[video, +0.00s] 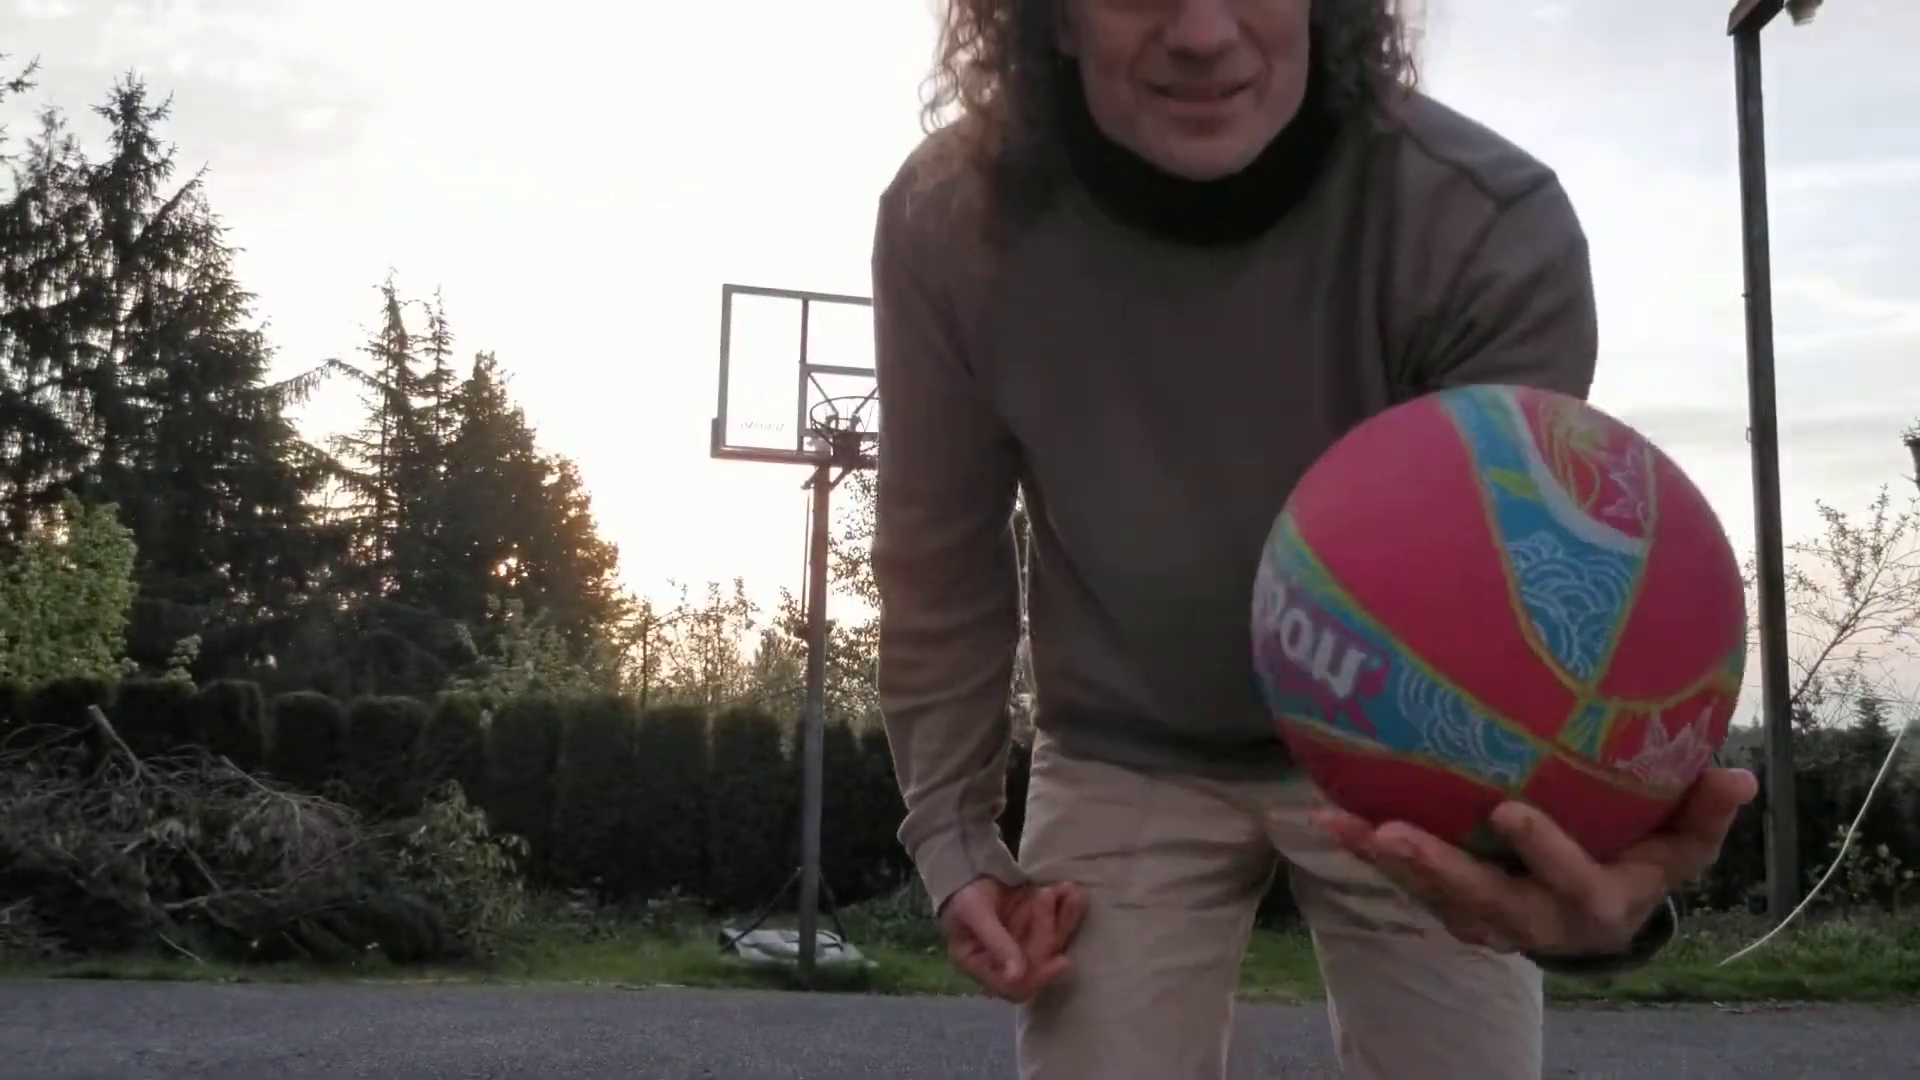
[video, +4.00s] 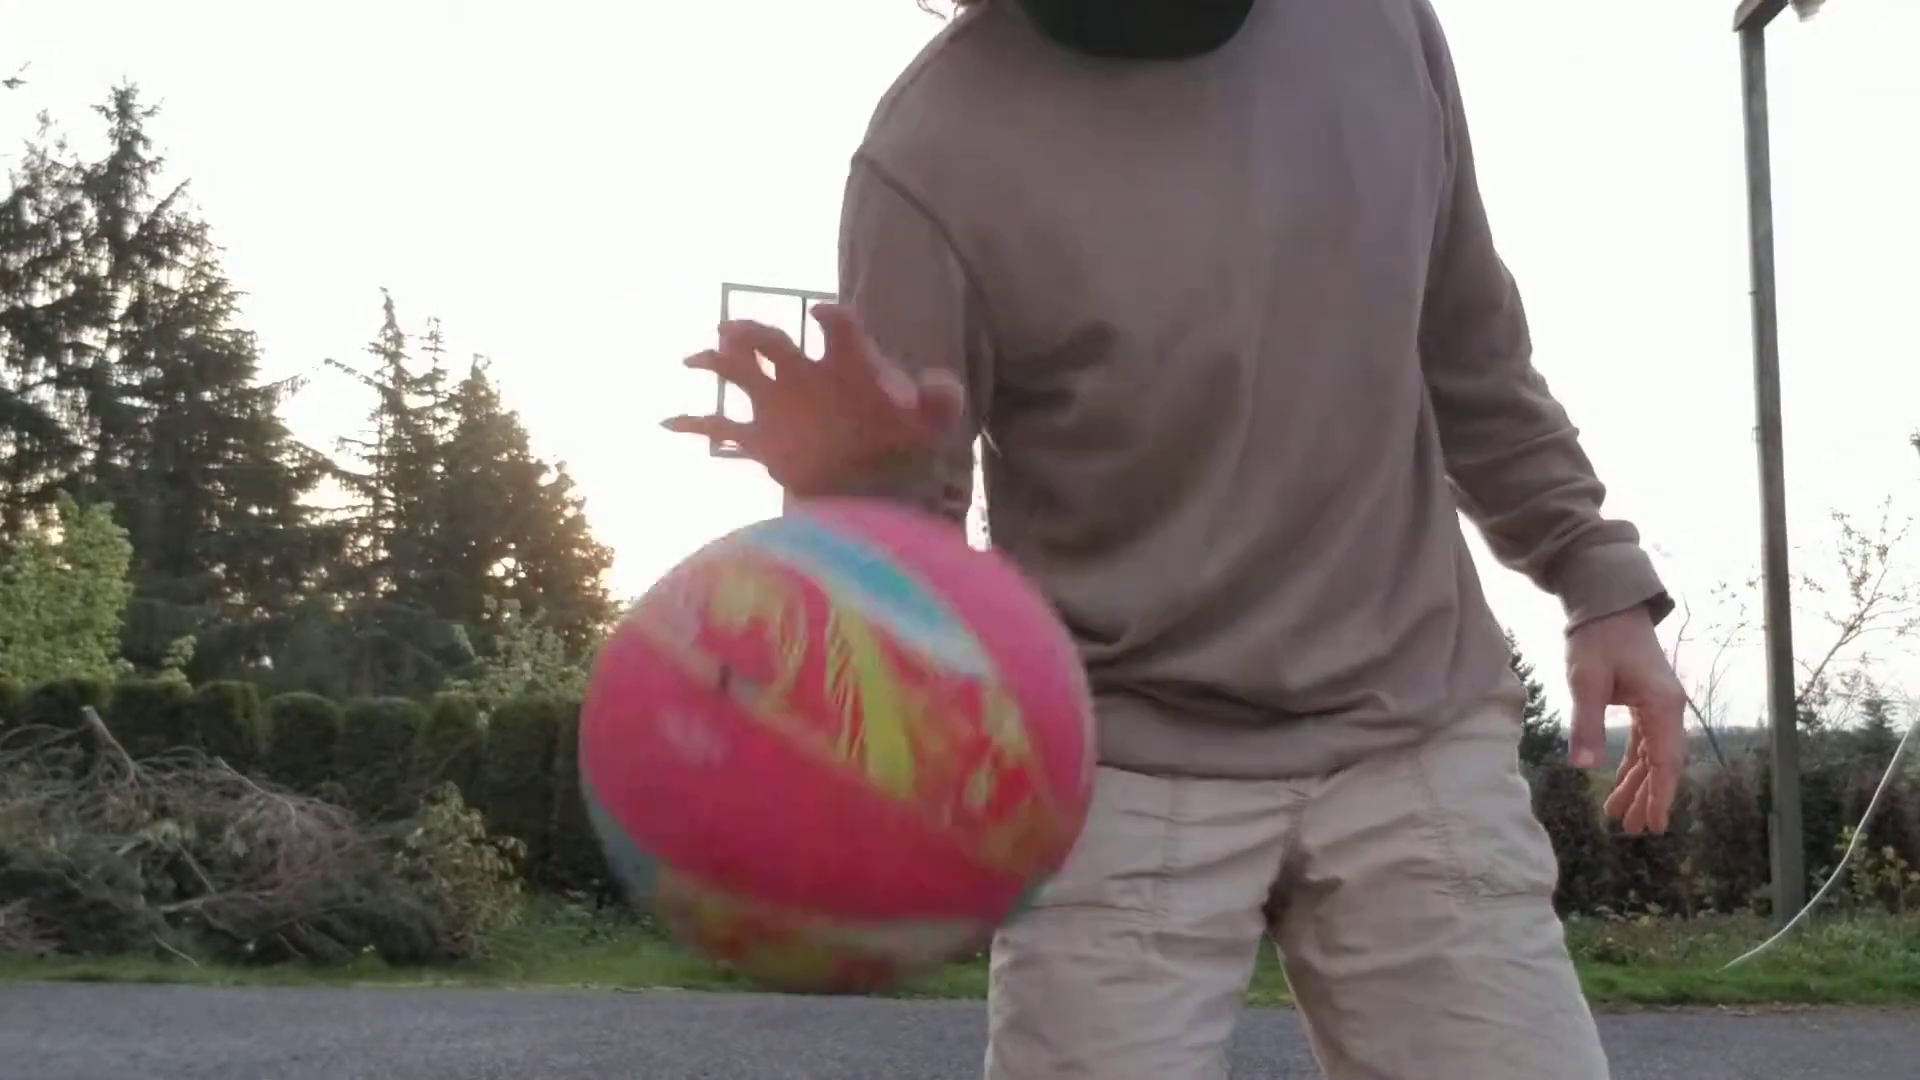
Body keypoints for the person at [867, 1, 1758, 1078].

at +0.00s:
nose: (1203, 30)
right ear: (1052, 11)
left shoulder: (1483, 219)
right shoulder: (957, 219)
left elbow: (1525, 621)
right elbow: (939, 570)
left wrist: (1588, 876)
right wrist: (954, 840)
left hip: (1413, 759)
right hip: (1123, 763)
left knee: (1476, 1069)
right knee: (1094, 1063)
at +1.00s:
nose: (1168, 116)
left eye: (1206, 65)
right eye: (1127, 77)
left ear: (1287, 45)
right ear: (1086, 76)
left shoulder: (1447, 211)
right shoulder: (1060, 262)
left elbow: (1602, 484)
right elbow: (1040, 585)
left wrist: (1741, 729)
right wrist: (1052, 546)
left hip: (1442, 759)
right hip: (1196, 774)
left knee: (1504, 1061)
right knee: (1153, 1058)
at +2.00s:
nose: (1199, 251)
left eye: (1223, 217)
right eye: (1167, 227)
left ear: (1276, 218)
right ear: (1129, 240)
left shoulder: (1393, 360)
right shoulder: (1098, 403)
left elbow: (1503, 572)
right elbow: (1004, 583)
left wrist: (1585, 750)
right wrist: (877, 658)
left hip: (1376, 810)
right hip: (1183, 809)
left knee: (1402, 1067)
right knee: (1150, 1065)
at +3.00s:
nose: (1194, 74)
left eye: (1228, 32)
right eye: (1150, 38)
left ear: (1280, 44)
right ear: (1092, 57)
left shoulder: (1370, 212)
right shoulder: (1033, 272)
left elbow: (1443, 472)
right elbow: (979, 545)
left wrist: (1529, 652)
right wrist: (1029, 713)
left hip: (1358, 763)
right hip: (1127, 770)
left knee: (1428, 1060)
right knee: (1087, 1060)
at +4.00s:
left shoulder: (1381, 34)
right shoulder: (936, 147)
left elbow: (1473, 355)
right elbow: (905, 582)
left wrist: (1599, 582)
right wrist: (864, 499)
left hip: (1425, 737)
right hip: (1124, 762)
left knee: (1527, 1060)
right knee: (1085, 1059)